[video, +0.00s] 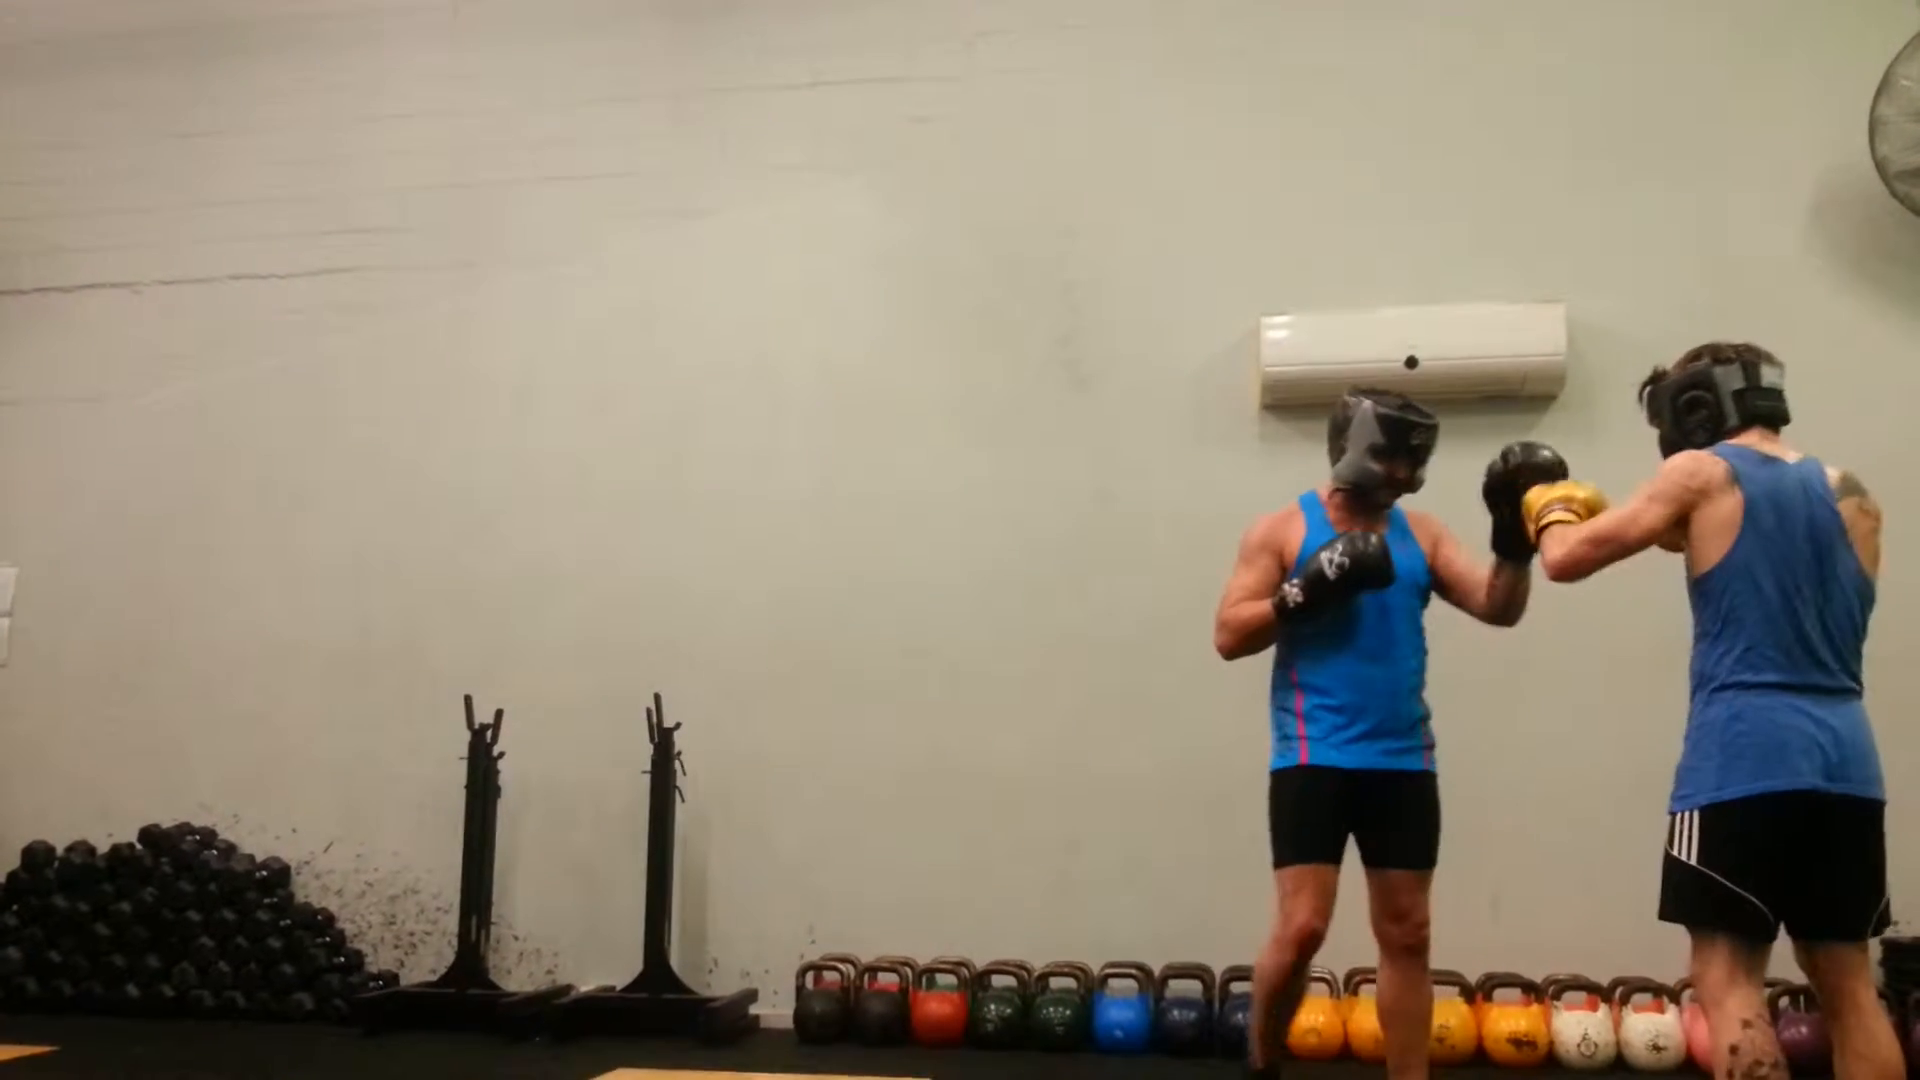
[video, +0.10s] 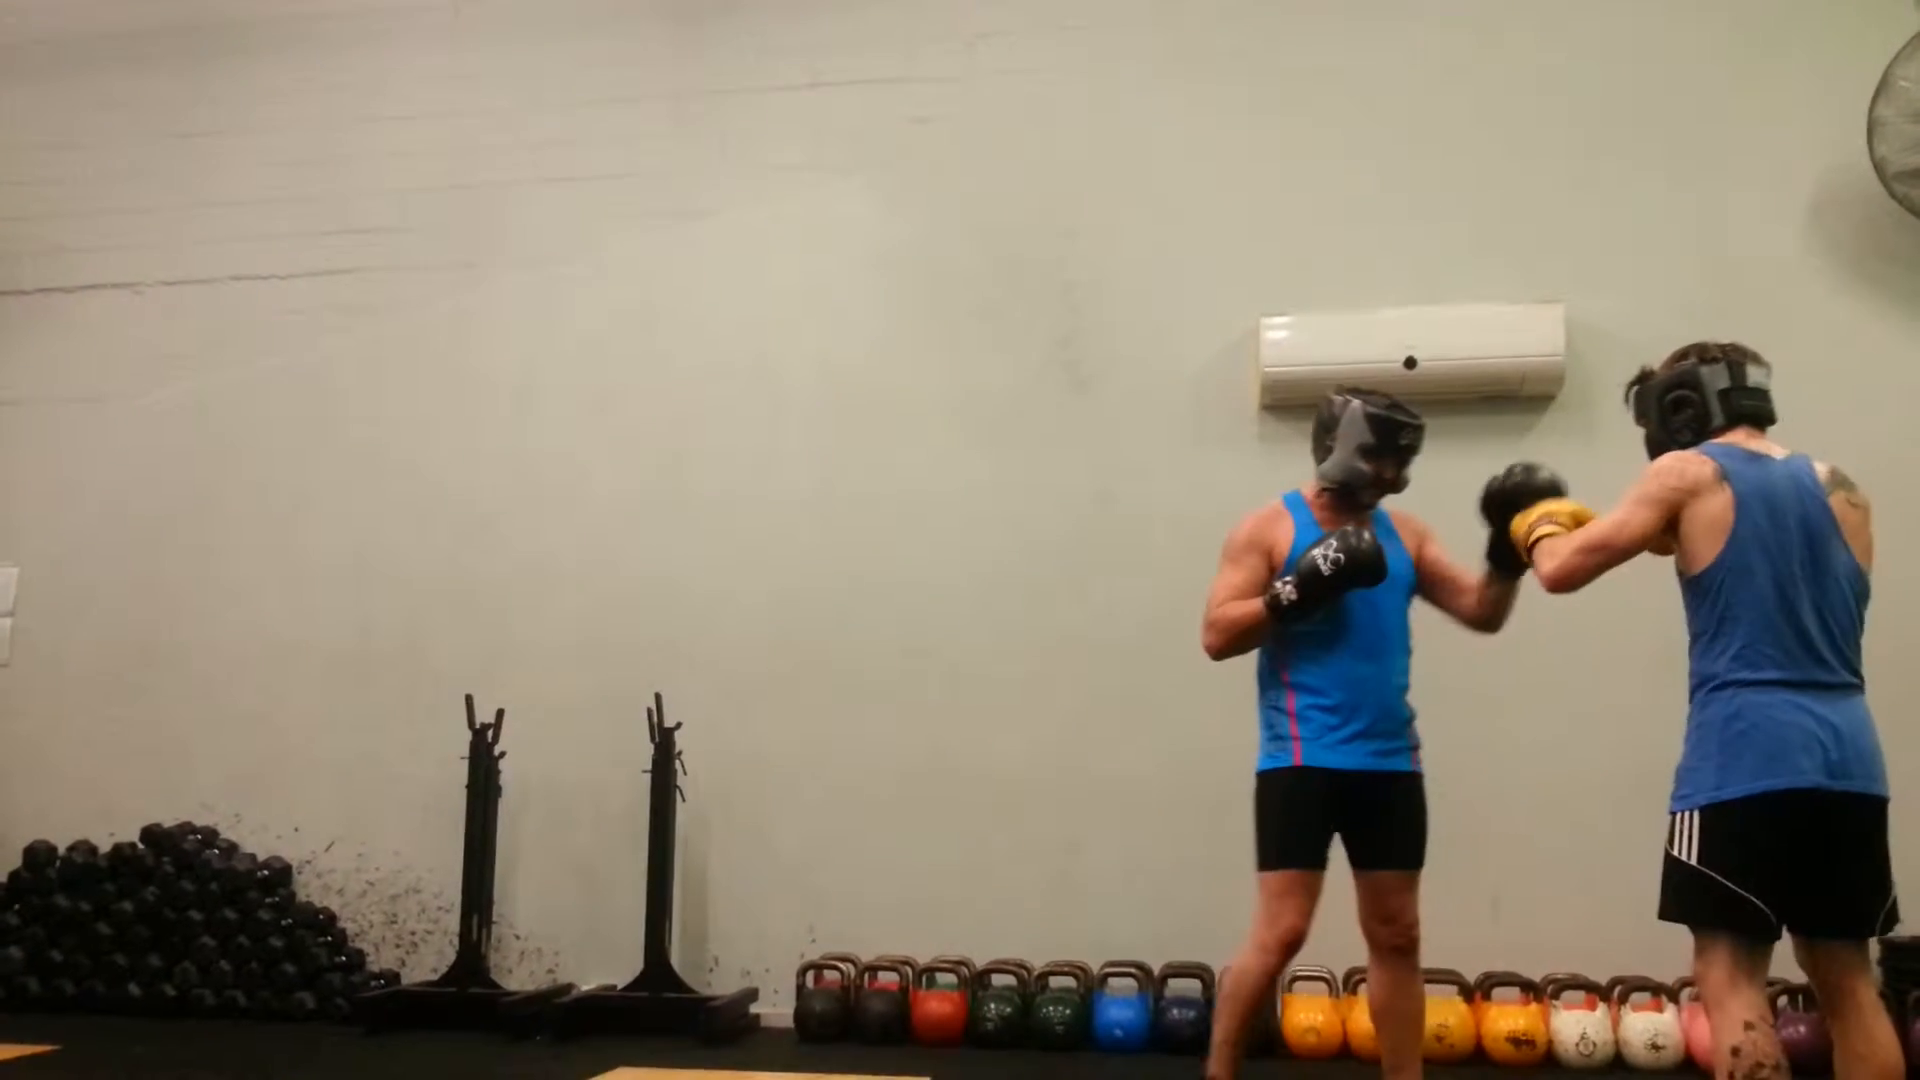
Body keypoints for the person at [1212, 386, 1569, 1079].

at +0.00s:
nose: (1412, 470)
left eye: (1416, 457)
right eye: (1401, 455)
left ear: (1413, 465)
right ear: (1358, 452)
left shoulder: (1420, 531)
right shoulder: (1283, 528)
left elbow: (1501, 604)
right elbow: (1231, 635)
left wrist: (1515, 522)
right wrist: (1310, 587)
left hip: (1402, 760)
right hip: (1312, 760)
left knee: (1408, 931)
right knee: (1303, 928)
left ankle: (1410, 1077)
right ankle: (1263, 1067)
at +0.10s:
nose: (1397, 468)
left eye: (1400, 455)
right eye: (1386, 453)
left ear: (1395, 465)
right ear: (1340, 449)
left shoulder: (1403, 531)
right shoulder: (1270, 526)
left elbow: (1485, 611)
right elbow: (1219, 635)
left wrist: (1511, 540)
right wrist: (1299, 587)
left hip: (1388, 762)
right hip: (1300, 763)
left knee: (1397, 933)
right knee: (1281, 932)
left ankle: (1405, 1077)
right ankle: (1219, 1070)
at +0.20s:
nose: (1380, 477)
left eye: (1385, 463)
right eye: (1369, 461)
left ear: (1374, 466)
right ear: (1324, 454)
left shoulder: (1379, 534)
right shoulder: (1249, 526)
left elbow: (1431, 635)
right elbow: (1204, 634)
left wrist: (1468, 571)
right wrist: (1292, 583)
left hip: (1367, 763)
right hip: (1277, 765)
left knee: (1385, 935)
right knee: (1255, 936)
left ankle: (1400, 1075)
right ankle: (1207, 1075)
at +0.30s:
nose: (1362, 480)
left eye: (1365, 466)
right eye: (1354, 464)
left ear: (1327, 464)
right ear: (1312, 457)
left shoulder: (1343, 537)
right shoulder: (1226, 523)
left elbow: (1358, 647)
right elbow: (1185, 633)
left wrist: (1414, 610)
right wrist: (1278, 586)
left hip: (1335, 760)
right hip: (1251, 762)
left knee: (1369, 940)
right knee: (1233, 937)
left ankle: (1395, 1076)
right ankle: (1199, 1076)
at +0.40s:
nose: (1336, 486)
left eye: (1340, 471)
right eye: (1327, 468)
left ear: (1296, 461)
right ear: (1285, 455)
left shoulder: (1305, 535)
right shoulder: (1205, 521)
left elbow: (1292, 640)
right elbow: (1163, 628)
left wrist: (1368, 625)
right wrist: (1266, 583)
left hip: (1304, 756)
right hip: (1225, 758)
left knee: (1352, 930)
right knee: (1214, 938)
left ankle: (1373, 1076)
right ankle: (1193, 1076)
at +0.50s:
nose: (1312, 491)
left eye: (1318, 477)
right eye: (1305, 475)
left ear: (1280, 461)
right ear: (1268, 456)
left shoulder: (1278, 526)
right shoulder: (1187, 515)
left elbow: (1282, 636)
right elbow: (1144, 621)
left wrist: (1354, 602)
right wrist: (1252, 581)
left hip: (1284, 753)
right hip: (1209, 757)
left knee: (1332, 922)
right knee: (1201, 935)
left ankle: (1325, 1072)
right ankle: (1188, 1076)